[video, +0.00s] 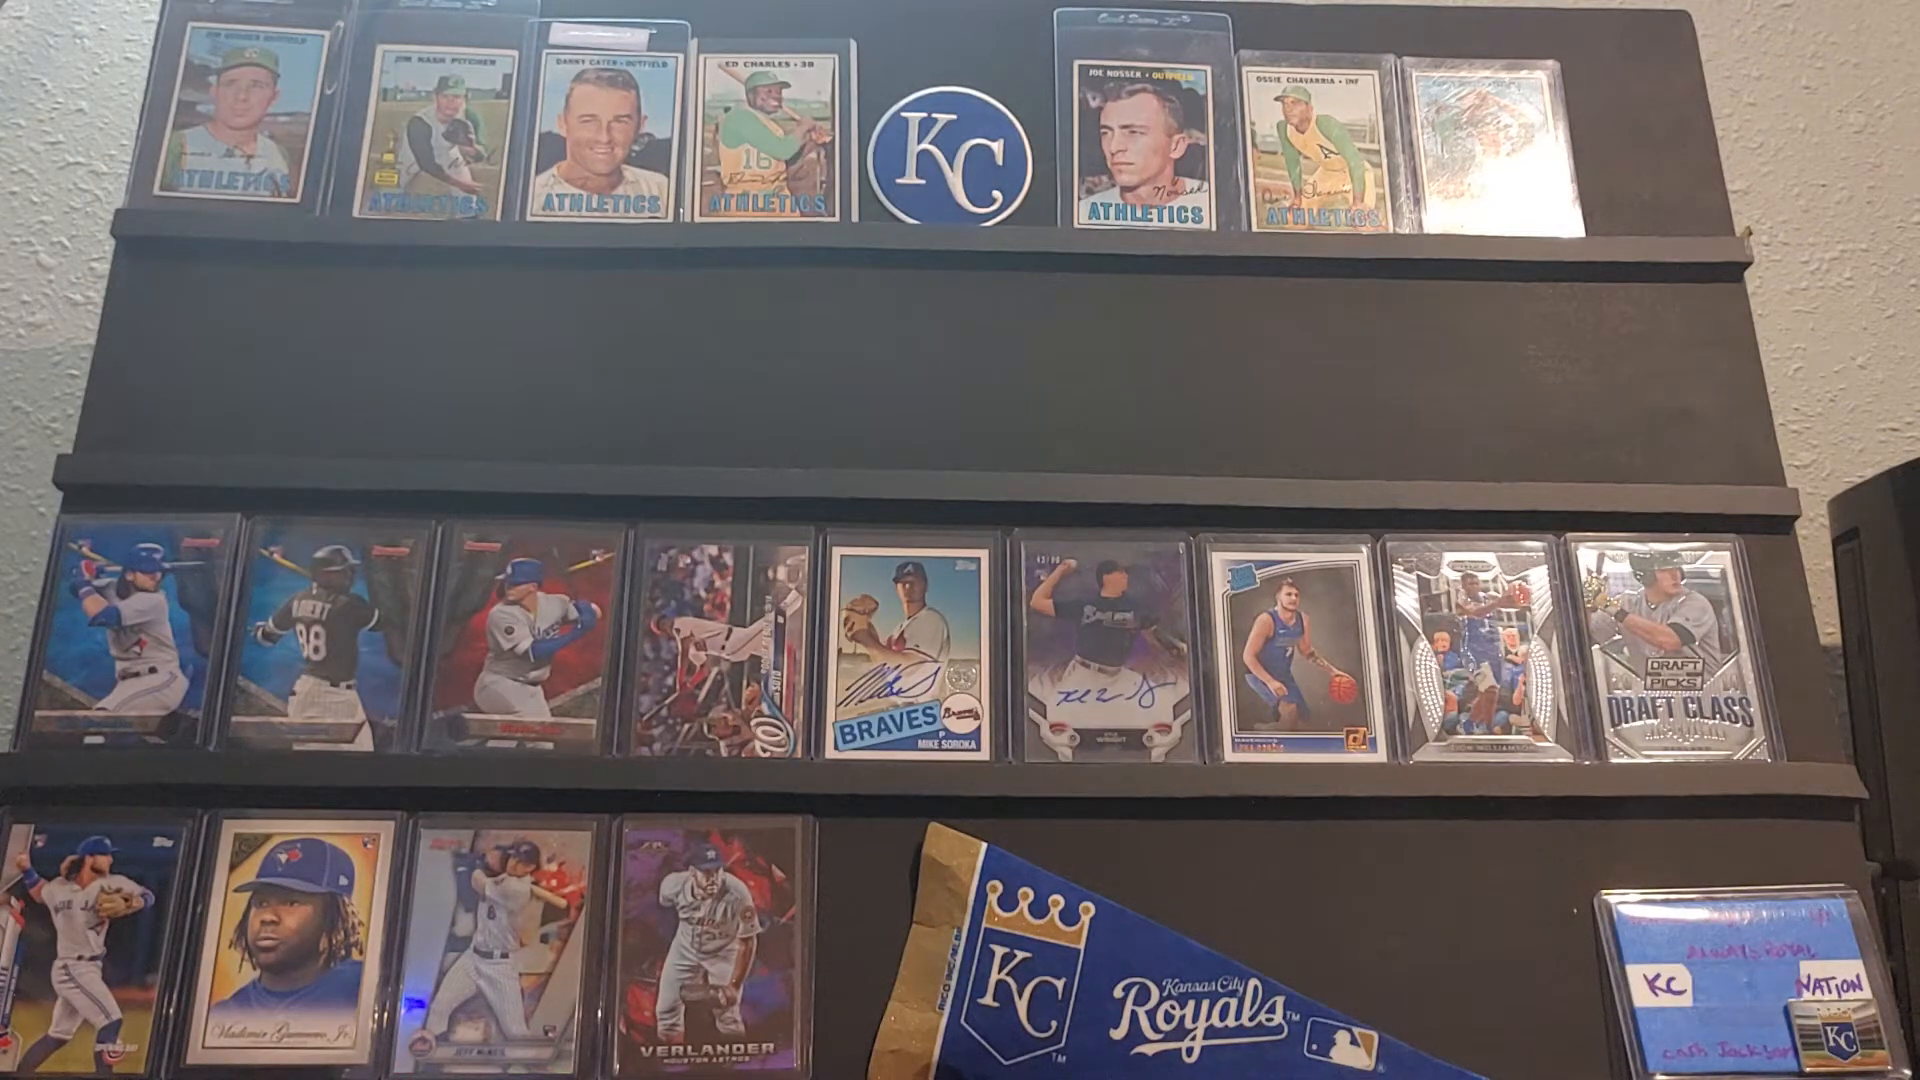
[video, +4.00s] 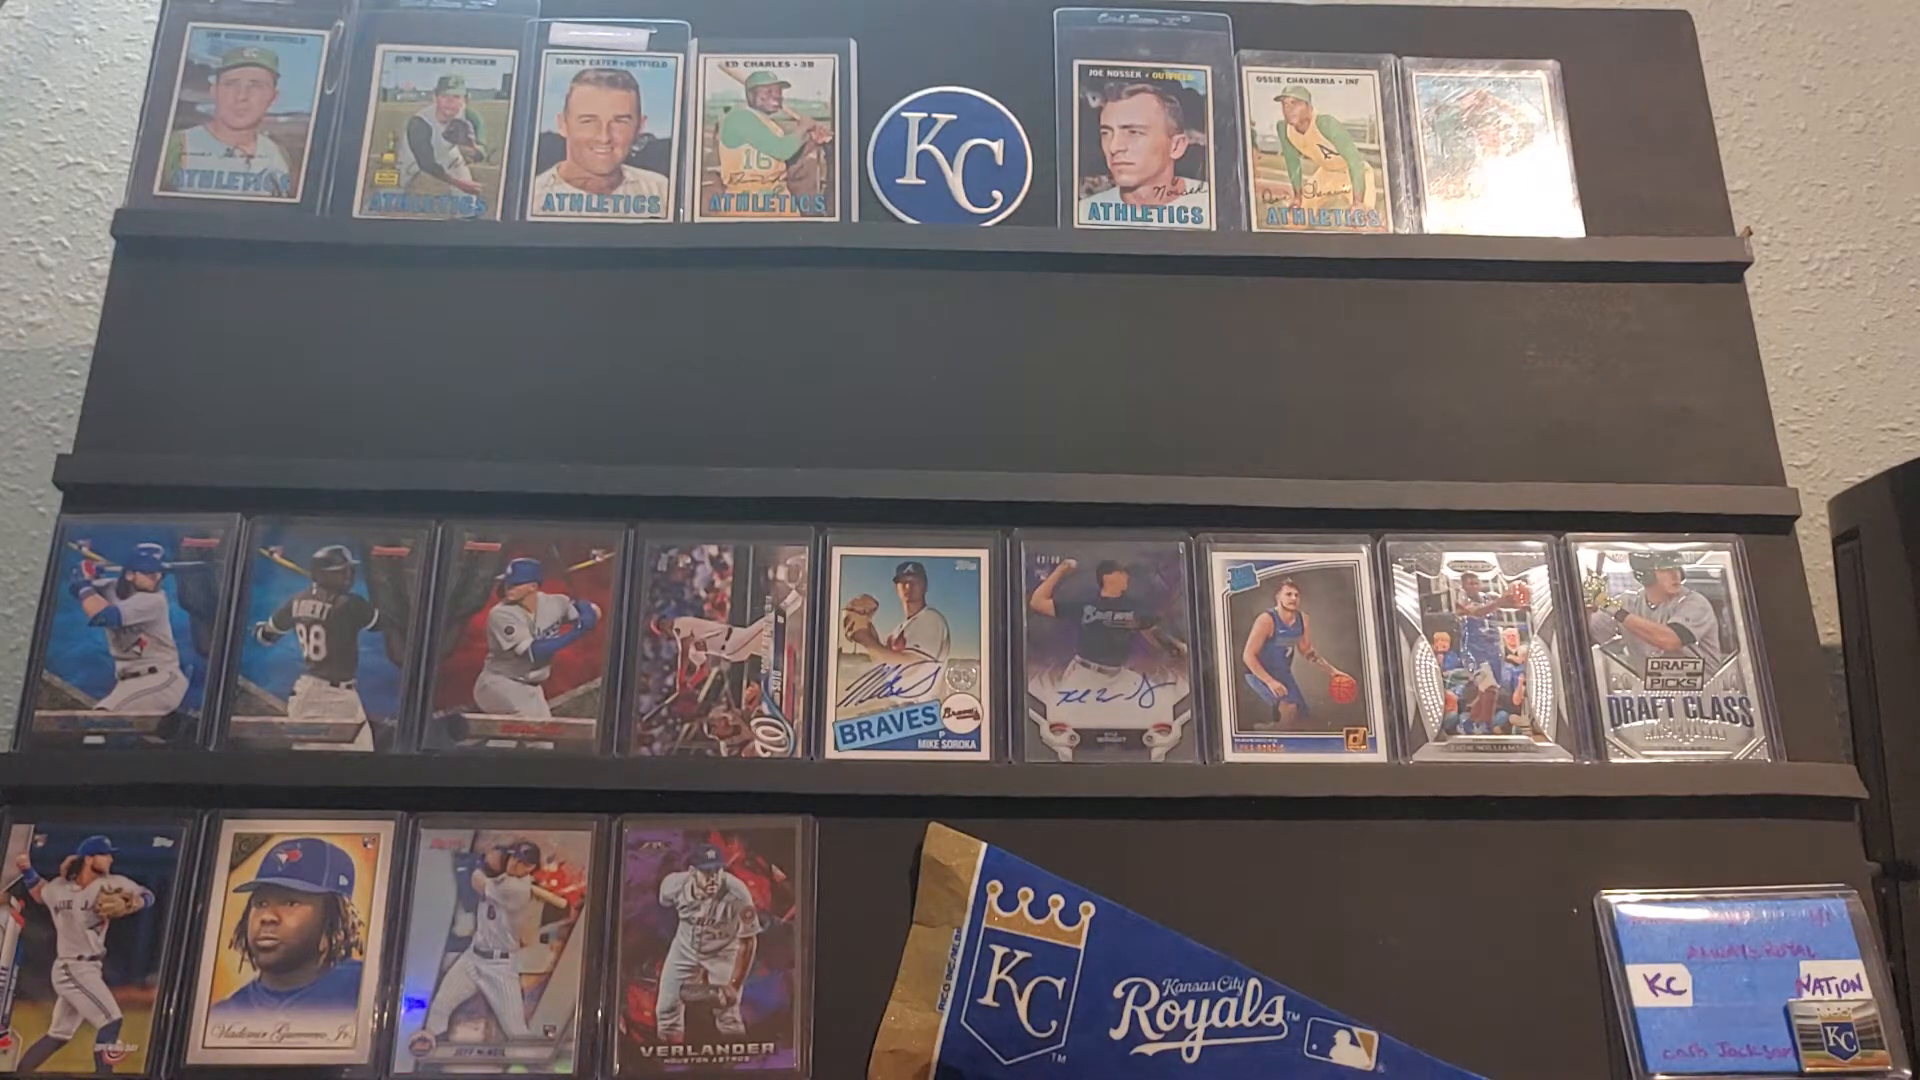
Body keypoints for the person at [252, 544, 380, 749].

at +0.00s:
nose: (351, 576)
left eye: (351, 571)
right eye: (347, 571)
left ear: (320, 574)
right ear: (332, 575)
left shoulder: (299, 600)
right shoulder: (350, 605)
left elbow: (267, 637)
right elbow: (384, 623)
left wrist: (259, 630)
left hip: (305, 692)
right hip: (340, 697)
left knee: (307, 765)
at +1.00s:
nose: (351, 577)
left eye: (350, 571)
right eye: (347, 572)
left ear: (320, 574)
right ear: (336, 575)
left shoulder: (299, 601)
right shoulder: (352, 605)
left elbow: (267, 637)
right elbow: (387, 622)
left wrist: (259, 630)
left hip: (305, 693)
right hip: (341, 697)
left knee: (306, 765)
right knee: (361, 766)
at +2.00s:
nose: (350, 578)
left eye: (350, 572)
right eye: (346, 572)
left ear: (319, 575)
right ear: (335, 575)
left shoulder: (299, 601)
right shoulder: (350, 605)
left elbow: (267, 637)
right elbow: (388, 621)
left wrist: (259, 630)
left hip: (305, 694)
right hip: (342, 698)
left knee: (306, 766)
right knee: (359, 767)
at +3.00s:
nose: (350, 577)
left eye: (350, 571)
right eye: (346, 572)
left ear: (320, 575)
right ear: (332, 575)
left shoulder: (299, 601)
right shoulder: (351, 605)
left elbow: (267, 637)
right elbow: (385, 622)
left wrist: (259, 630)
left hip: (306, 694)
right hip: (341, 697)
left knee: (305, 765)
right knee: (360, 766)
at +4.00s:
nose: (350, 576)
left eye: (350, 571)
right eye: (346, 571)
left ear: (319, 575)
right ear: (333, 575)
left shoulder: (298, 601)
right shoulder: (350, 604)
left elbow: (267, 637)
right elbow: (386, 622)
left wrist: (260, 630)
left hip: (306, 692)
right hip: (341, 697)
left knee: (306, 765)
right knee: (360, 766)